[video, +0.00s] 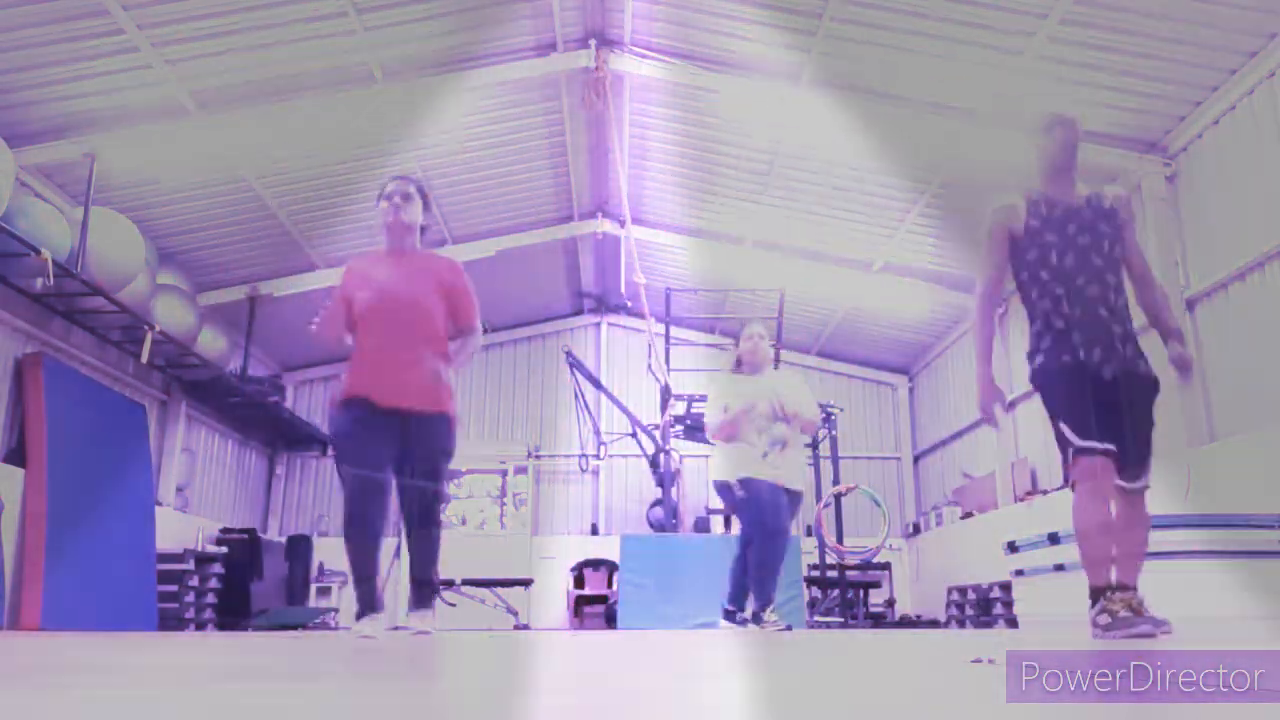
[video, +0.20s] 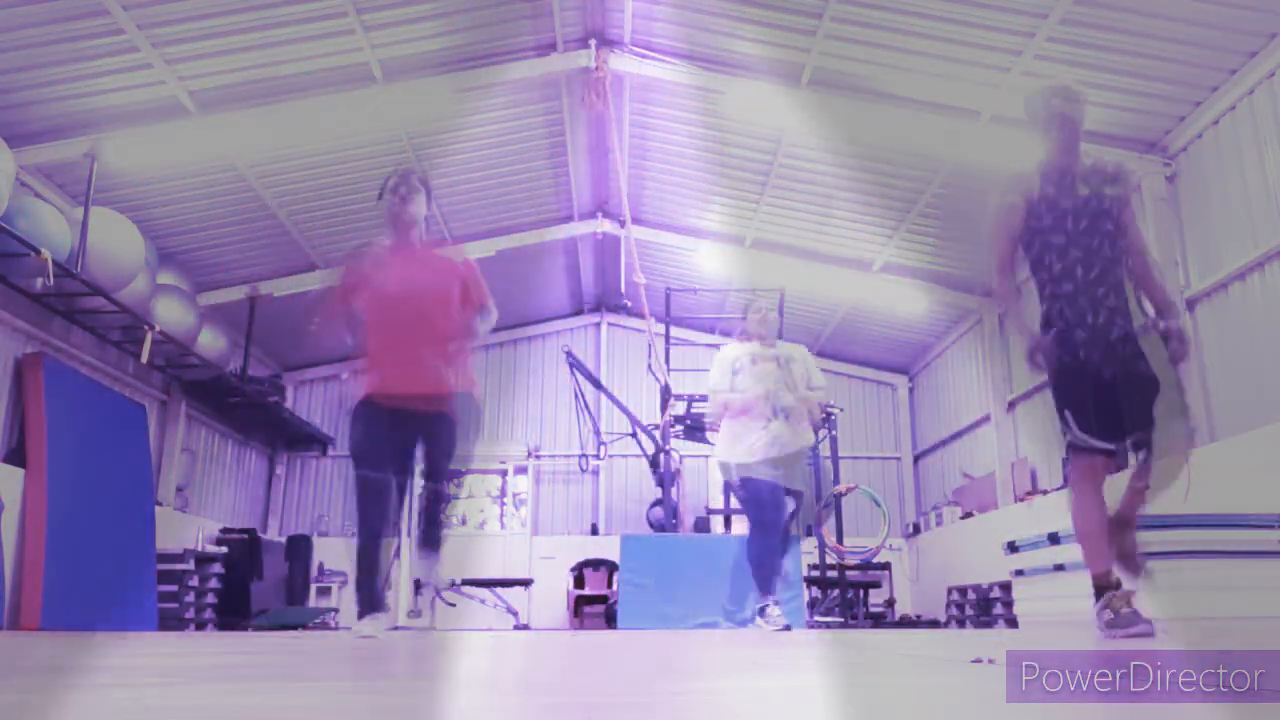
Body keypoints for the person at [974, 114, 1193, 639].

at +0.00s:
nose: (1063, 146)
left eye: (1069, 138)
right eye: (1054, 137)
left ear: (1078, 150)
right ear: (1038, 149)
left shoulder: (1110, 208)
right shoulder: (1014, 214)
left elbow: (1144, 281)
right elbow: (986, 300)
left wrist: (1173, 338)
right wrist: (984, 378)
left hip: (1123, 358)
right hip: (1063, 362)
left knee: (1132, 486)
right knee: (1094, 471)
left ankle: (1129, 596)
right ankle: (1104, 602)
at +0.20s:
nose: (1067, 137)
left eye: (1073, 127)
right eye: (1058, 127)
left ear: (1084, 131)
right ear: (1040, 132)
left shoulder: (1109, 190)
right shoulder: (1025, 200)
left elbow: (1138, 262)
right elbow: (1003, 281)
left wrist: (1170, 317)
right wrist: (1026, 337)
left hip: (1120, 337)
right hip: (1069, 343)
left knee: (1166, 441)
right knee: (1087, 463)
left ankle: (1124, 521)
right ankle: (1106, 592)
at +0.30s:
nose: (1073, 133)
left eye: (1081, 123)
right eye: (1064, 124)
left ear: (1091, 127)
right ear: (1048, 129)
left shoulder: (1117, 185)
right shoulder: (1031, 190)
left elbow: (1142, 261)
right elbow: (1018, 269)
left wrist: (1180, 329)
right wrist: (1059, 318)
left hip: (1123, 333)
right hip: (1070, 338)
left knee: (1198, 399)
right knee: (1100, 464)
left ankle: (1124, 458)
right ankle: (1102, 597)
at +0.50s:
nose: (1103, 141)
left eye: (1110, 133)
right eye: (1093, 132)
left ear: (1119, 143)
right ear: (1072, 141)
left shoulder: (1140, 201)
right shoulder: (1051, 197)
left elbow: (1166, 274)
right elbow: (1034, 275)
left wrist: (1201, 332)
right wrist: (1091, 320)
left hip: (1147, 342)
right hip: (1090, 349)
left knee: (1222, 372)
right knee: (1108, 473)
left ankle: (1168, 473)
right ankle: (1103, 598)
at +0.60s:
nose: (1115, 113)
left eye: (1124, 106)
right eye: (1105, 104)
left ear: (1134, 121)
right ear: (1084, 119)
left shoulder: (1154, 182)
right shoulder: (1065, 177)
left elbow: (1176, 257)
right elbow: (1035, 256)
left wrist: (1212, 319)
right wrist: (1080, 313)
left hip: (1159, 327)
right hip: (1094, 332)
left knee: (1220, 417)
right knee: (1095, 465)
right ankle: (1101, 593)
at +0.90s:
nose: (1159, 124)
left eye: (1166, 118)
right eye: (1147, 116)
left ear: (1175, 136)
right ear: (1124, 133)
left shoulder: (1191, 204)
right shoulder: (1097, 189)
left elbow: (1212, 283)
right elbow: (1067, 270)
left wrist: (1241, 343)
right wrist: (1080, 348)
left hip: (1188, 356)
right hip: (1124, 354)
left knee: (1226, 468)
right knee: (1120, 468)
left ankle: (1232, 594)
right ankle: (1076, 564)